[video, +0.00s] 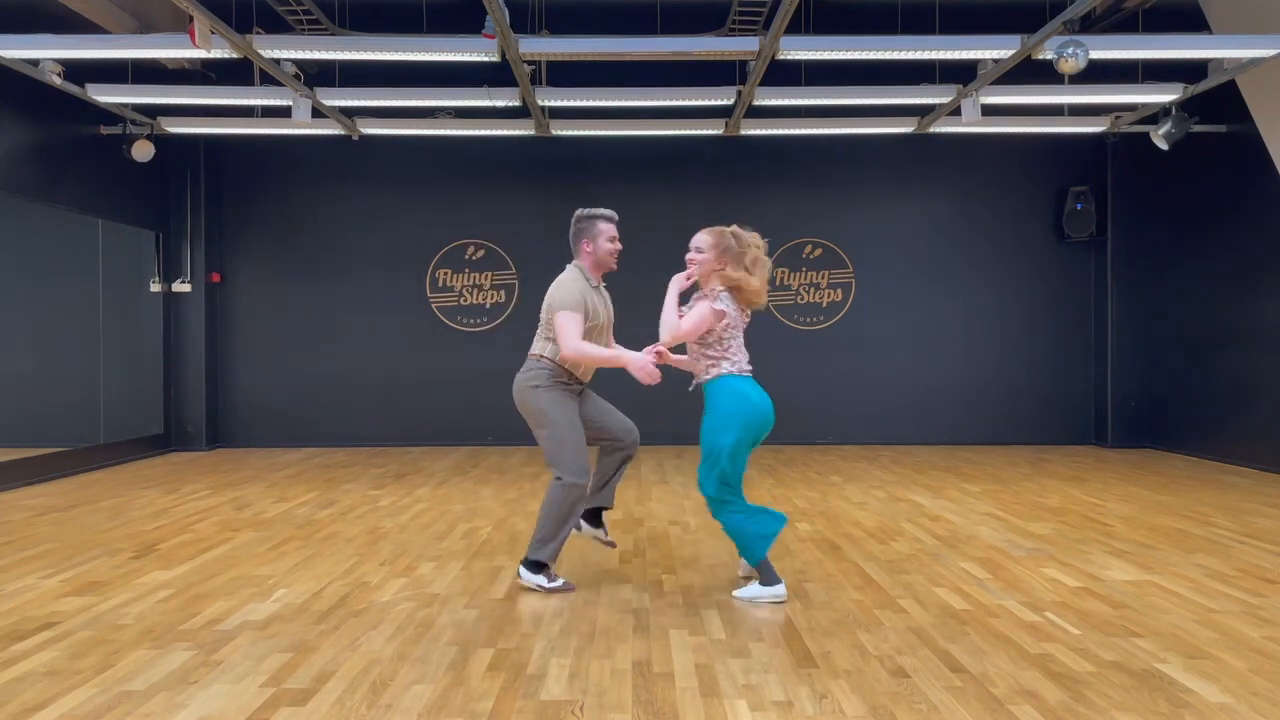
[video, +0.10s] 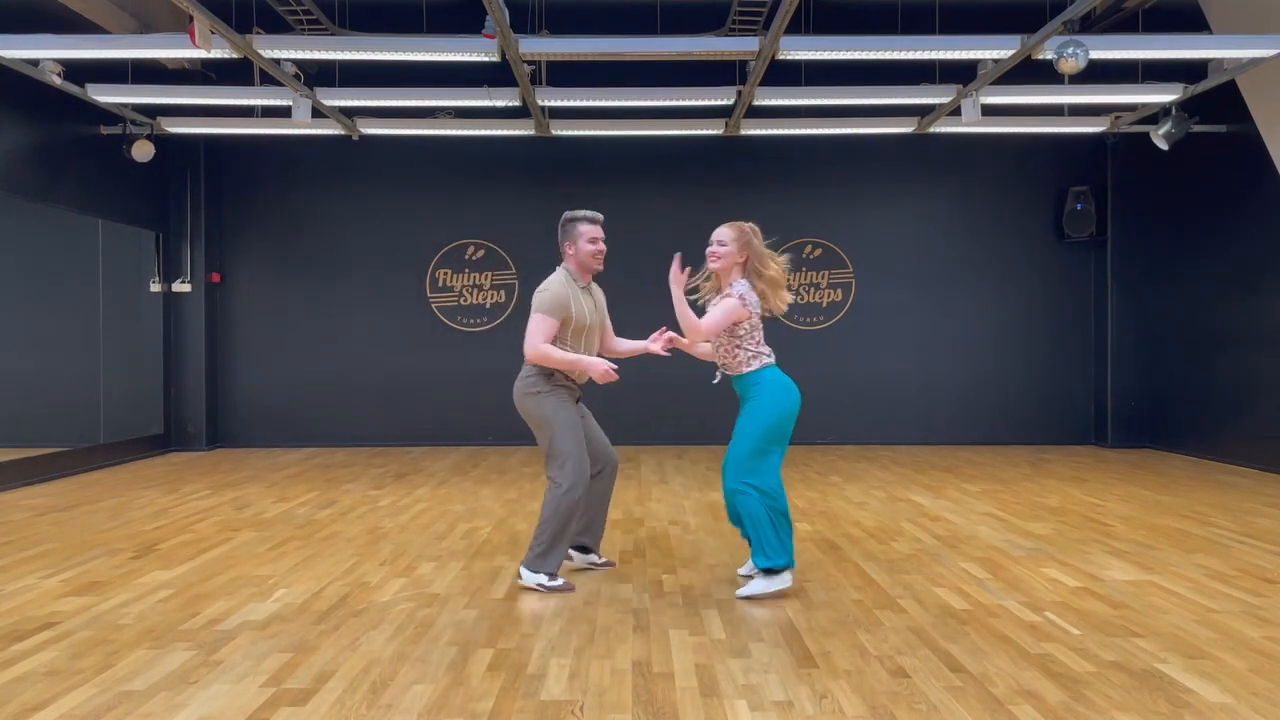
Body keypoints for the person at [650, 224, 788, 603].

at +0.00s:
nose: (688, 257)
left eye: (698, 251)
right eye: (690, 249)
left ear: (722, 260)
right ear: (717, 263)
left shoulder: (710, 304)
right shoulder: (729, 302)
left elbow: (669, 335)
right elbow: (709, 361)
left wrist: (673, 290)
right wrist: (669, 358)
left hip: (730, 401)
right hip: (751, 399)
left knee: (717, 492)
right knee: (722, 486)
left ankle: (770, 579)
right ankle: (752, 554)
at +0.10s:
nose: (711, 250)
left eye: (720, 244)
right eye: (710, 244)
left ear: (742, 253)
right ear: (714, 254)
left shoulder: (741, 295)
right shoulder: (723, 297)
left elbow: (697, 331)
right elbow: (719, 352)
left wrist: (676, 290)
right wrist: (680, 343)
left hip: (768, 393)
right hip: (761, 393)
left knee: (738, 475)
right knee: (753, 475)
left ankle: (775, 567)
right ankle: (768, 556)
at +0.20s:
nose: (734, 252)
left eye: (744, 246)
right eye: (732, 246)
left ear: (765, 256)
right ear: (730, 253)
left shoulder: (764, 297)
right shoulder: (739, 295)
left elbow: (736, 346)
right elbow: (733, 343)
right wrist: (695, 343)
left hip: (793, 394)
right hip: (768, 395)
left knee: (758, 474)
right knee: (739, 469)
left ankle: (808, 533)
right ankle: (767, 547)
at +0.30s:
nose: (755, 261)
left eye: (765, 256)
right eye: (753, 255)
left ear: (785, 265)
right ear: (749, 263)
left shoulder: (784, 306)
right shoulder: (760, 307)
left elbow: (775, 363)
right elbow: (741, 350)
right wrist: (708, 342)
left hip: (805, 402)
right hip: (777, 403)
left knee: (792, 485)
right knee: (751, 470)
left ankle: (833, 542)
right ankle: (769, 551)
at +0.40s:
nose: (767, 257)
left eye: (777, 251)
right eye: (764, 252)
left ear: (796, 259)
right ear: (761, 259)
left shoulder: (803, 302)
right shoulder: (767, 300)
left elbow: (819, 355)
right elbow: (740, 340)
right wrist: (706, 329)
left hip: (820, 395)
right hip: (789, 394)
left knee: (797, 474)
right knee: (747, 453)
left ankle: (834, 536)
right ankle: (775, 524)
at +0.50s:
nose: (775, 262)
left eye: (784, 255)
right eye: (772, 256)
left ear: (804, 261)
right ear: (770, 263)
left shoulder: (821, 303)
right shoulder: (772, 306)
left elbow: (858, 339)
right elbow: (739, 343)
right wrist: (702, 335)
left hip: (826, 395)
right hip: (793, 393)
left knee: (765, 451)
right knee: (760, 454)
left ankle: (795, 518)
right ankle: (792, 517)